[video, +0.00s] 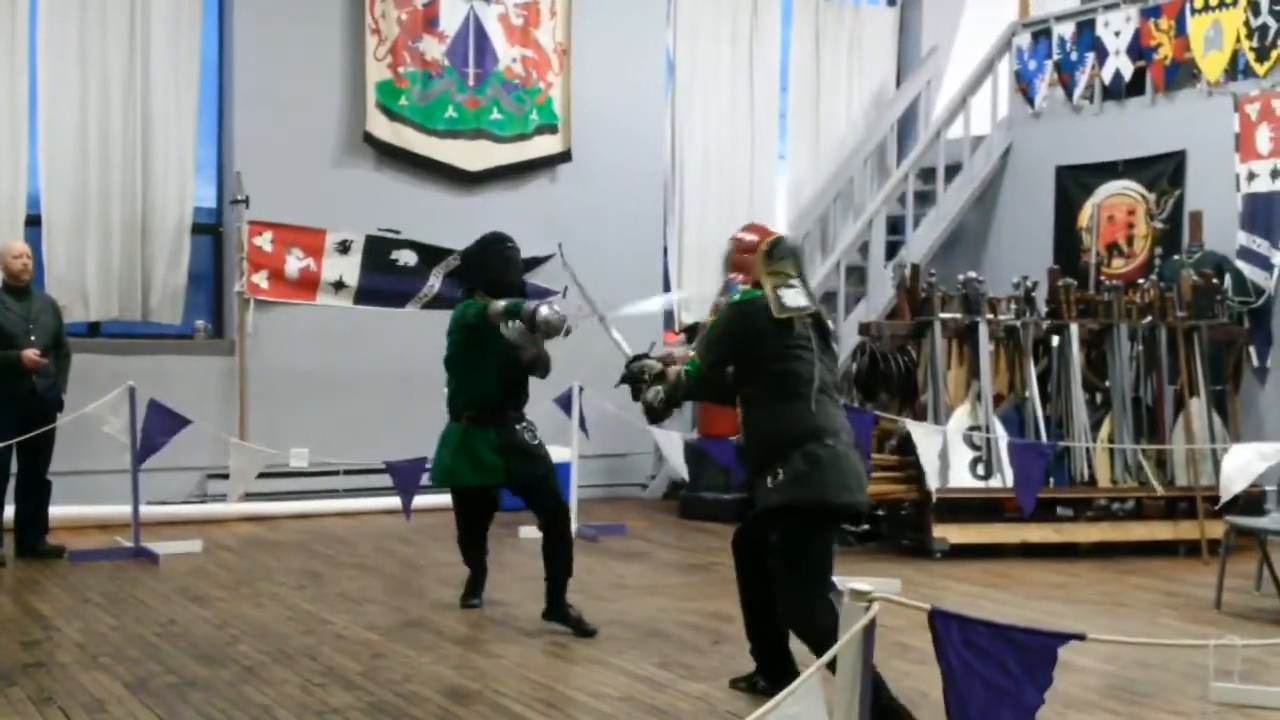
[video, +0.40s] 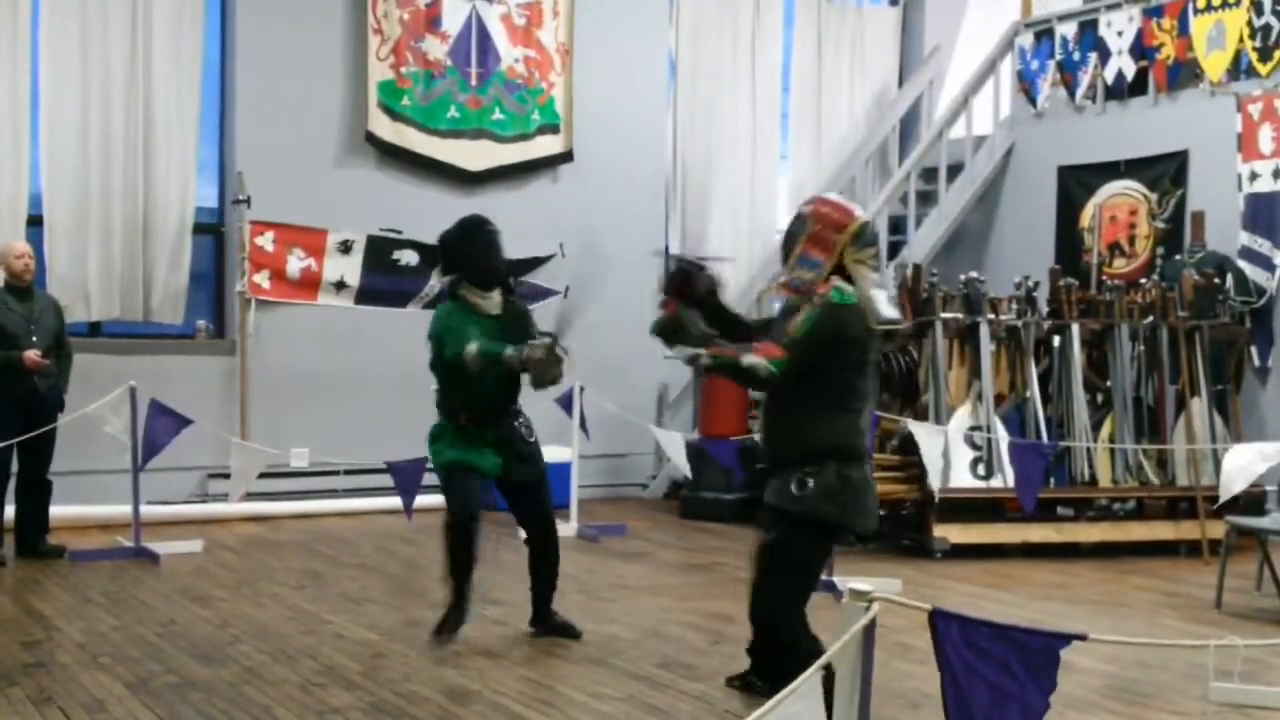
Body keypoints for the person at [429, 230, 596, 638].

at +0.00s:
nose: (518, 273)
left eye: (519, 266)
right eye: (508, 265)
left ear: (518, 271)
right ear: (485, 271)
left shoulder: (517, 320)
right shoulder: (468, 313)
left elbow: (542, 369)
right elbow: (496, 311)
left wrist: (530, 343)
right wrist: (534, 314)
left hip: (514, 432)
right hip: (469, 435)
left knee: (556, 513)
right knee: (471, 527)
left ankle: (556, 603)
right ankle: (476, 574)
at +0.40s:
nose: (497, 259)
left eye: (497, 250)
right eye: (486, 253)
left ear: (500, 256)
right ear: (465, 262)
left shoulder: (516, 313)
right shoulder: (450, 316)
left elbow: (531, 363)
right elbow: (465, 353)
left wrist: (547, 362)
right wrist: (515, 356)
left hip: (508, 430)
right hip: (460, 434)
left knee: (541, 523)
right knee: (463, 512)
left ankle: (543, 612)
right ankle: (458, 601)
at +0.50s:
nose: (476, 264)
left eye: (474, 255)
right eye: (465, 257)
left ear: (471, 260)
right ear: (442, 266)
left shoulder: (487, 314)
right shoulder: (428, 327)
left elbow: (518, 355)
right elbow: (455, 365)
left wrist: (541, 351)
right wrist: (508, 349)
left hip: (491, 437)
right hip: (444, 444)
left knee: (534, 528)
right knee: (435, 535)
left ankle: (542, 610)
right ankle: (413, 631)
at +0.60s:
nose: (454, 271)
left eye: (452, 264)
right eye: (445, 264)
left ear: (445, 273)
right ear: (424, 272)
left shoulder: (463, 324)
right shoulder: (404, 332)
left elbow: (497, 357)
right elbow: (451, 355)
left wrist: (532, 346)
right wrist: (509, 317)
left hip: (453, 453)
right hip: (406, 456)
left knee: (503, 530)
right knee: (416, 544)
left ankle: (527, 612)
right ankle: (406, 652)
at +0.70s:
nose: (431, 271)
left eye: (430, 262)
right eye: (421, 263)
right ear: (396, 271)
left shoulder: (426, 320)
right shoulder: (379, 328)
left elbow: (459, 342)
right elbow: (431, 343)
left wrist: (493, 347)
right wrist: (497, 320)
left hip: (418, 456)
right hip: (376, 458)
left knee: (480, 526)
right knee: (408, 537)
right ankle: (402, 652)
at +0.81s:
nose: (407, 265)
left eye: (404, 256)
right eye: (395, 257)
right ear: (371, 269)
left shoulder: (410, 326)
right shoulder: (351, 322)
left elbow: (439, 394)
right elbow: (386, 345)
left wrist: (453, 379)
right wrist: (435, 352)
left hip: (391, 452)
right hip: (353, 454)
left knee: (431, 540)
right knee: (402, 545)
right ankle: (379, 656)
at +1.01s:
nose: (352, 255)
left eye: (352, 245)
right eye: (344, 245)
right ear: (323, 250)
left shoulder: (354, 315)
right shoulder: (288, 315)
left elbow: (370, 373)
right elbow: (305, 386)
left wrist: (368, 416)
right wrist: (344, 427)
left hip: (332, 449)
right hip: (296, 450)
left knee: (314, 554)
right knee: (327, 552)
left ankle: (239, 618)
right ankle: (360, 649)